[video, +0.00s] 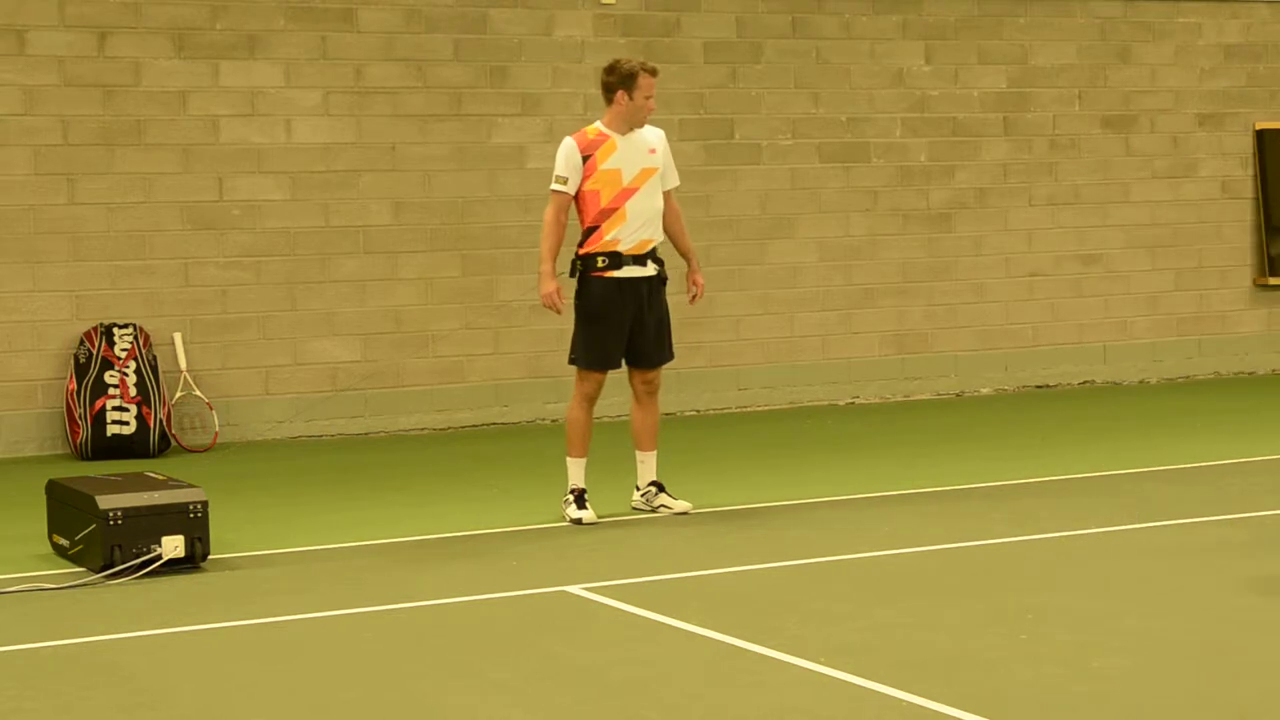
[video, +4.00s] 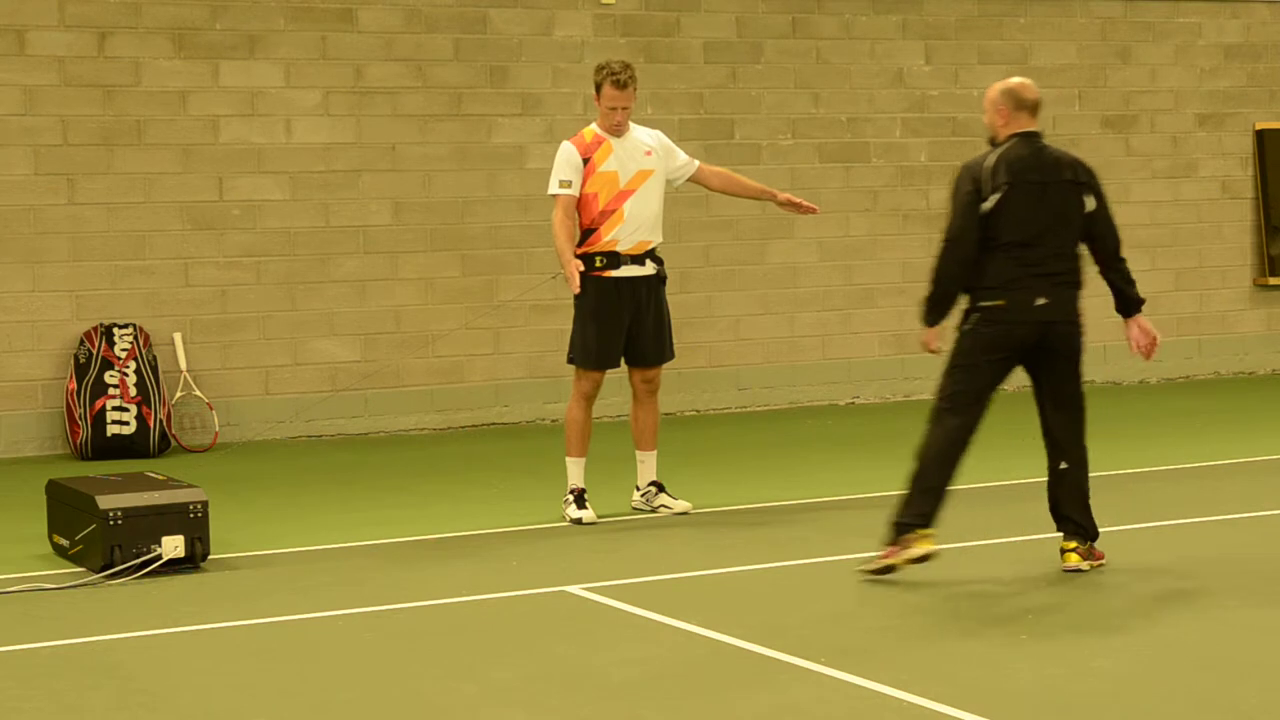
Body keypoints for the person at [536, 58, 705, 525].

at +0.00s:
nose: (653, 106)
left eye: (654, 98)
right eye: (647, 98)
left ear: (631, 99)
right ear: (620, 98)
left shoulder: (655, 140)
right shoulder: (578, 147)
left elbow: (668, 205)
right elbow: (556, 213)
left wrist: (691, 261)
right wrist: (548, 274)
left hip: (649, 280)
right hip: (601, 283)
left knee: (647, 384)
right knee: (588, 388)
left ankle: (647, 487)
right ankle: (576, 492)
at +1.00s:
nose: (646, 108)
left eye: (649, 100)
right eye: (639, 101)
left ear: (645, 100)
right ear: (612, 98)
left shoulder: (653, 142)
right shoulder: (577, 149)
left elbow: (665, 209)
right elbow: (557, 214)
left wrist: (686, 264)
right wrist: (547, 275)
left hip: (649, 280)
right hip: (600, 283)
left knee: (648, 384)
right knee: (588, 388)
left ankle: (647, 487)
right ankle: (576, 492)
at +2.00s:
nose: (630, 113)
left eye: (635, 105)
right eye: (622, 105)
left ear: (640, 102)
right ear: (601, 100)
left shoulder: (652, 142)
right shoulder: (576, 149)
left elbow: (664, 208)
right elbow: (562, 213)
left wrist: (683, 264)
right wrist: (577, 257)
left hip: (646, 279)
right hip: (599, 280)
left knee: (646, 383)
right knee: (586, 388)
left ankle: (647, 487)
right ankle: (575, 492)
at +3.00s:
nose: (650, 105)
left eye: (651, 98)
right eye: (644, 98)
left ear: (630, 98)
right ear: (617, 98)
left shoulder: (650, 143)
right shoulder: (579, 149)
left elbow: (694, 186)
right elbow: (568, 214)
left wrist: (756, 214)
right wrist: (582, 268)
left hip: (646, 280)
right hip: (600, 281)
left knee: (646, 383)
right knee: (586, 388)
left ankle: (647, 487)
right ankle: (576, 493)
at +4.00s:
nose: (620, 117)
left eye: (627, 108)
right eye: (612, 108)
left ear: (635, 102)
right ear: (596, 100)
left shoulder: (654, 143)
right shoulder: (575, 150)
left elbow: (711, 176)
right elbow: (563, 214)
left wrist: (774, 195)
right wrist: (568, 262)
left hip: (646, 280)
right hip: (599, 281)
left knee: (647, 383)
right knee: (586, 387)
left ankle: (647, 488)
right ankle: (575, 493)